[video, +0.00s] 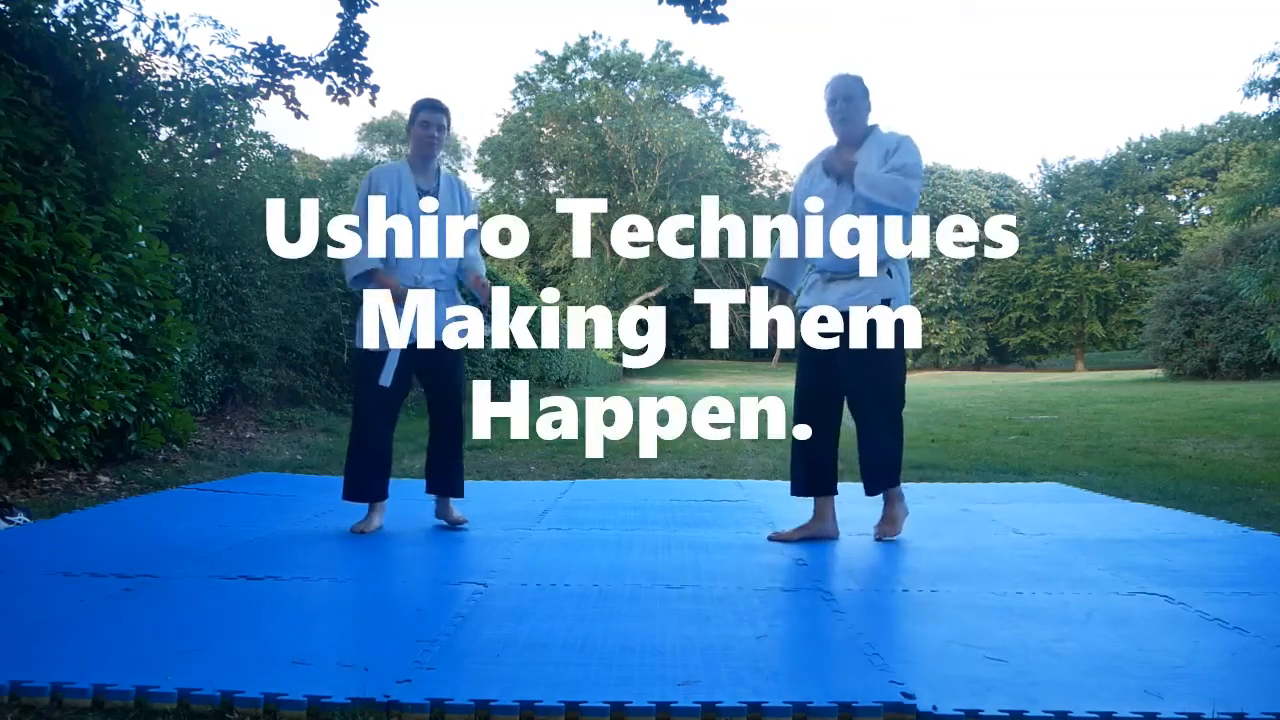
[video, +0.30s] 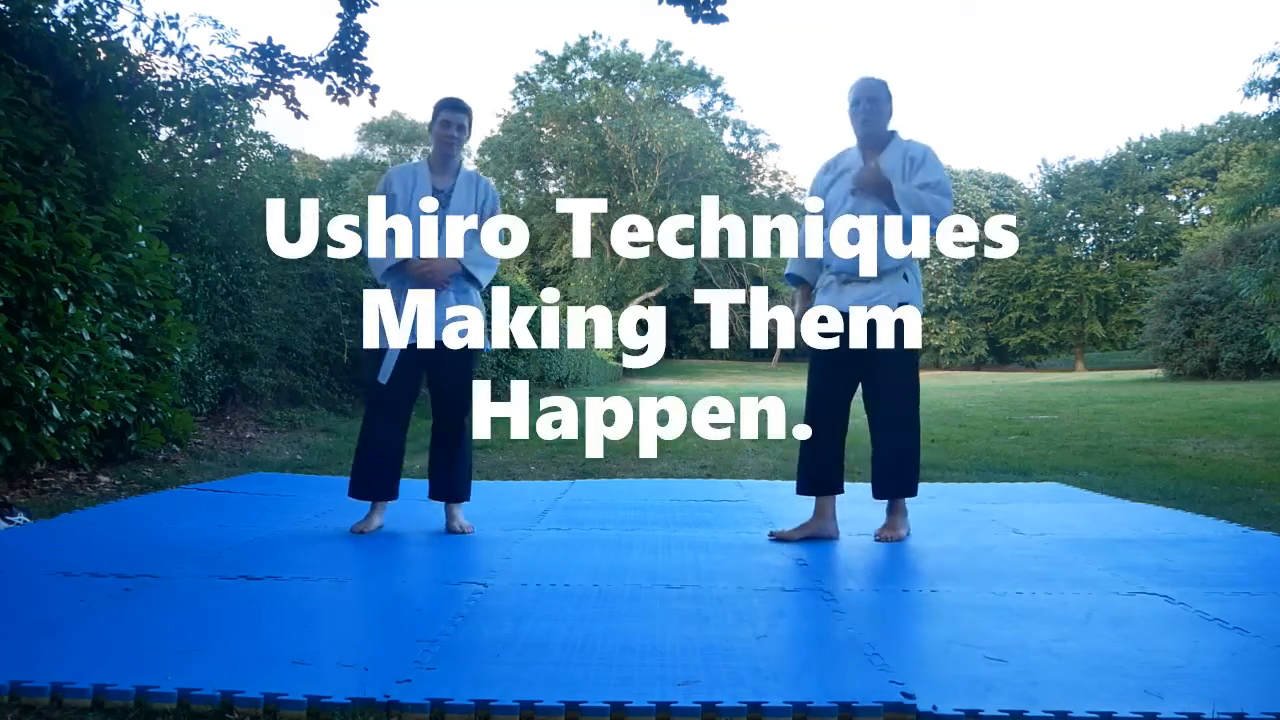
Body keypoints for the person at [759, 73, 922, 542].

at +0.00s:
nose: (841, 109)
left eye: (849, 100)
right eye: (833, 103)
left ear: (868, 104)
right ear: (825, 110)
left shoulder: (896, 147)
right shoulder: (813, 170)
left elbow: (905, 195)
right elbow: (793, 232)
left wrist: (853, 167)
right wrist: (776, 289)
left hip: (878, 299)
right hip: (819, 302)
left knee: (877, 406)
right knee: (815, 409)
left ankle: (893, 501)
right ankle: (823, 516)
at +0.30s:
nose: (865, 110)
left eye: (874, 102)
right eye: (857, 104)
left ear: (891, 110)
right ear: (848, 113)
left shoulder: (916, 156)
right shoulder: (831, 169)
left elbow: (939, 209)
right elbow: (811, 235)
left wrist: (889, 188)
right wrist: (803, 296)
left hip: (891, 301)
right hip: (833, 303)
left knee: (892, 409)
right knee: (824, 409)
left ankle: (896, 512)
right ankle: (823, 516)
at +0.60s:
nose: (887, 114)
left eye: (896, 107)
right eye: (881, 107)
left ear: (915, 116)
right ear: (871, 115)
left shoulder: (937, 165)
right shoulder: (849, 171)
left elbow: (958, 224)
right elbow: (827, 241)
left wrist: (905, 205)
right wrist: (815, 301)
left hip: (905, 303)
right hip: (848, 303)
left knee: (901, 411)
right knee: (834, 409)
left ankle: (896, 515)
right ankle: (826, 513)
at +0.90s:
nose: (886, 118)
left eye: (896, 111)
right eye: (881, 111)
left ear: (916, 117)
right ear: (872, 118)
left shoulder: (938, 163)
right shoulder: (854, 174)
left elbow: (962, 220)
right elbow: (831, 244)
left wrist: (906, 221)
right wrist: (817, 302)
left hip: (907, 304)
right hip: (849, 305)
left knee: (902, 410)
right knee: (832, 405)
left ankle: (897, 512)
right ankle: (834, 504)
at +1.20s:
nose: (862, 131)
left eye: (870, 122)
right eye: (856, 124)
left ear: (891, 120)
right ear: (850, 127)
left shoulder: (921, 165)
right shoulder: (840, 181)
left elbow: (938, 229)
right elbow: (820, 241)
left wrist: (896, 260)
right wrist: (803, 280)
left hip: (892, 303)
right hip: (837, 304)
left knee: (893, 408)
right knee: (826, 406)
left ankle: (895, 513)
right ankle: (829, 507)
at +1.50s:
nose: (836, 143)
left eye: (843, 134)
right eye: (829, 136)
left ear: (863, 128)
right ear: (822, 136)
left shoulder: (898, 171)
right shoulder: (818, 184)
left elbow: (922, 237)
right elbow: (803, 245)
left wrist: (890, 281)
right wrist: (795, 283)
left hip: (876, 309)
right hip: (822, 309)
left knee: (879, 410)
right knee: (820, 409)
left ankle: (893, 513)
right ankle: (829, 507)